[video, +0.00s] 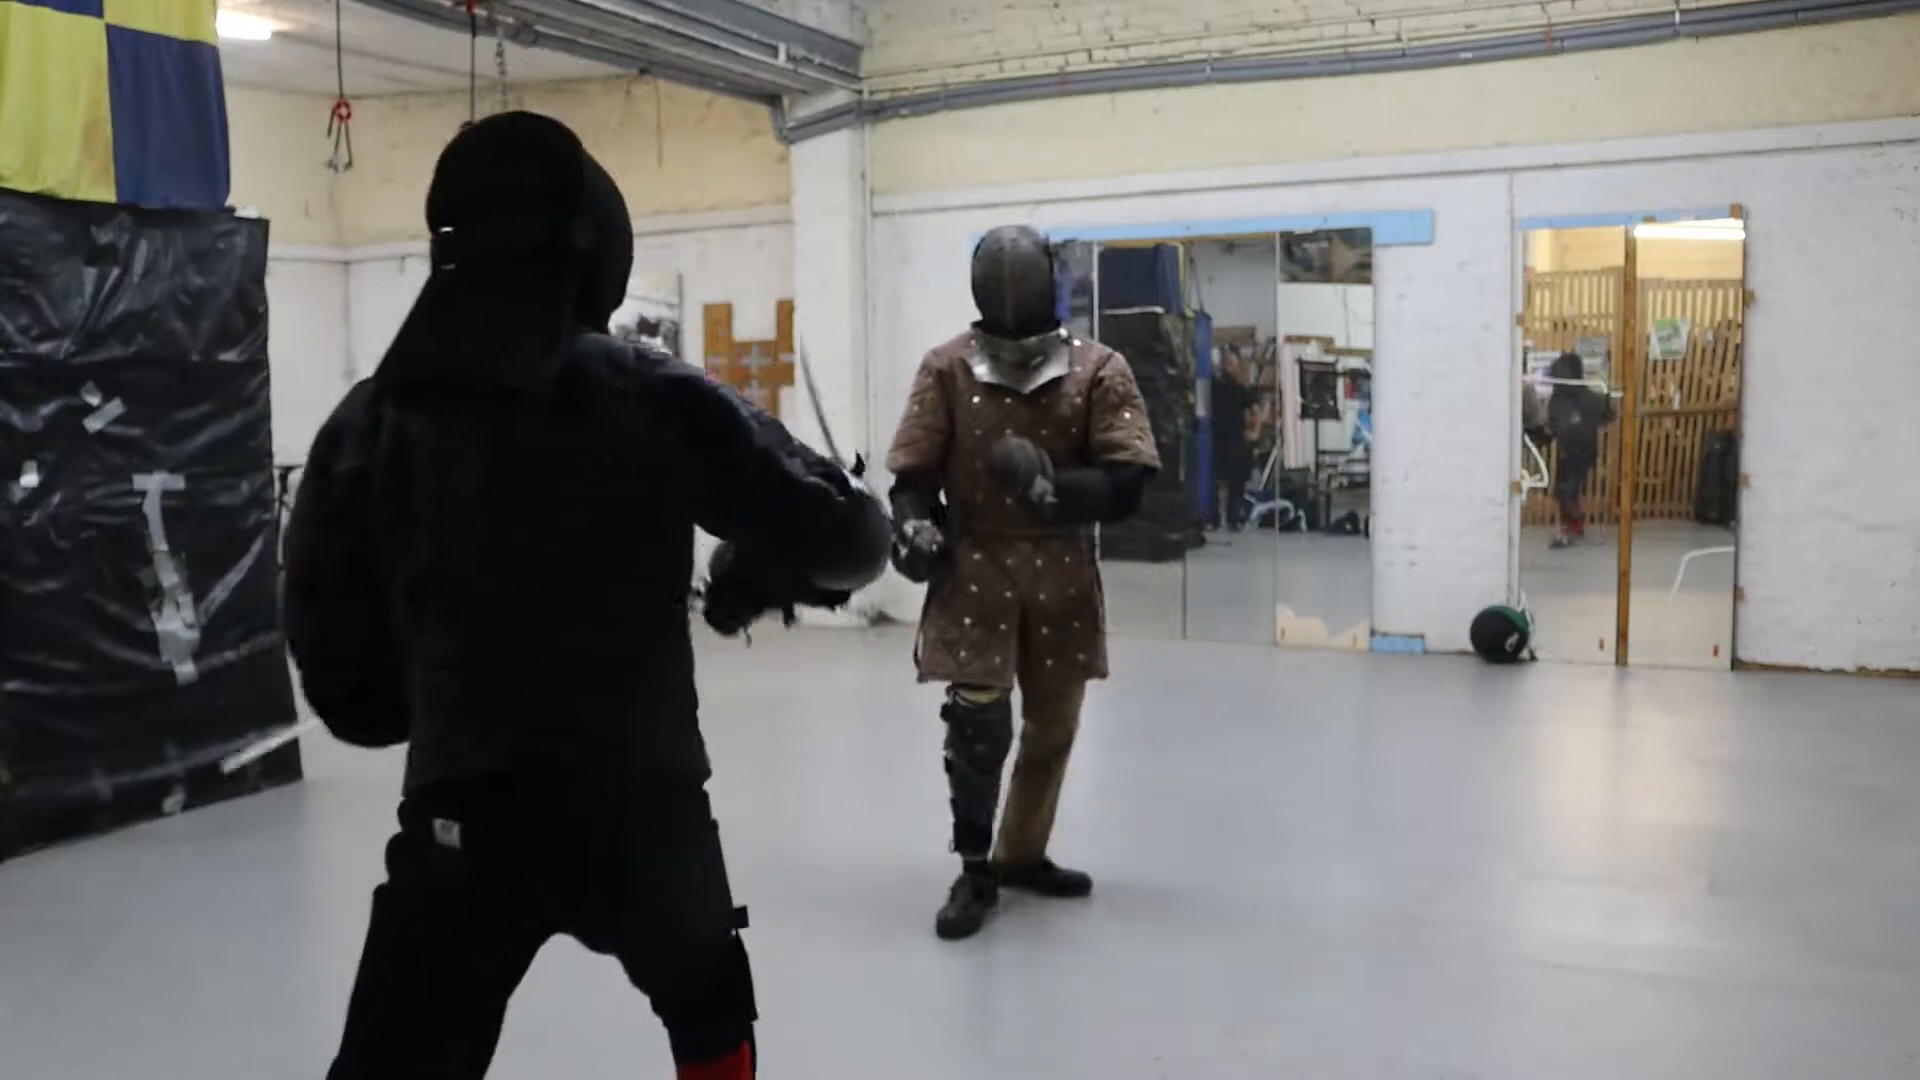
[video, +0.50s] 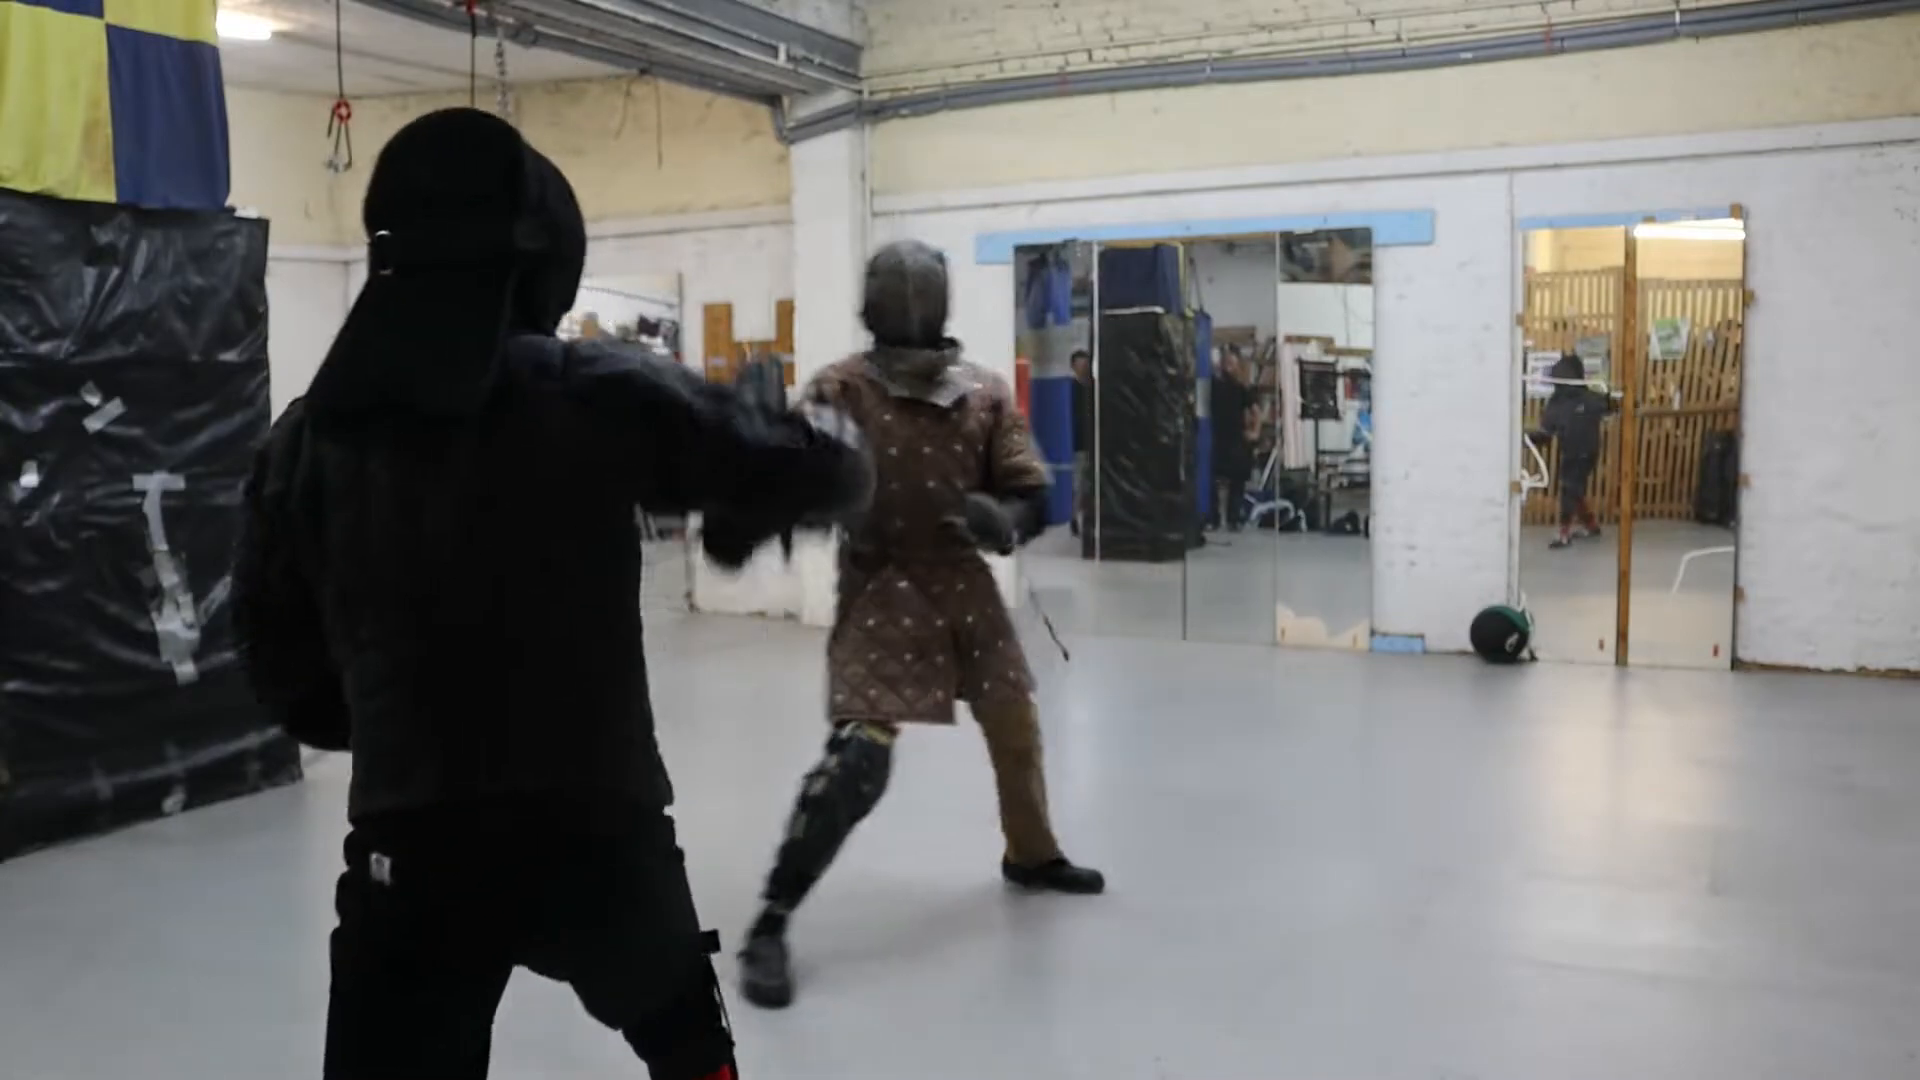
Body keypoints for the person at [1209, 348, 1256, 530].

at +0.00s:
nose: (1228, 365)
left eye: (1231, 360)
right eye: (1225, 360)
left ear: (1238, 363)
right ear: (1220, 362)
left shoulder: (1243, 389)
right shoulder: (1212, 386)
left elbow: (1255, 411)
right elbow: (1204, 409)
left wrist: (1254, 432)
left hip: (1238, 437)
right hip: (1215, 437)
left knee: (1236, 481)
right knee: (1212, 480)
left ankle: (1233, 519)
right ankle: (1212, 518)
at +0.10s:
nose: (1228, 365)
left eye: (1231, 360)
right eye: (1225, 360)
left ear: (1238, 363)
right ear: (1220, 362)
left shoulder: (1243, 389)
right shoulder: (1212, 386)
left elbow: (1256, 412)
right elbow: (1204, 409)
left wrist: (1254, 432)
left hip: (1237, 437)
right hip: (1215, 436)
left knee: (1236, 481)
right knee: (1212, 480)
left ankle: (1233, 519)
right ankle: (1212, 518)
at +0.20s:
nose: (1228, 365)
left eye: (1231, 360)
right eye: (1225, 360)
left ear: (1238, 363)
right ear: (1220, 362)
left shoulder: (1243, 389)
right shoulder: (1212, 386)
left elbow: (1256, 412)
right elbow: (1204, 409)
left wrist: (1254, 432)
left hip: (1237, 437)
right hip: (1215, 436)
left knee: (1236, 481)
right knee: (1213, 480)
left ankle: (1233, 519)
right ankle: (1212, 518)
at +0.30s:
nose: (1228, 365)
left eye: (1231, 361)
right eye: (1225, 360)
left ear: (1238, 363)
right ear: (1220, 362)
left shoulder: (1243, 389)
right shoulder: (1212, 386)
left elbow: (1255, 411)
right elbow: (1204, 409)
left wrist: (1254, 432)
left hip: (1237, 438)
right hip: (1215, 437)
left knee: (1236, 481)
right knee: (1212, 480)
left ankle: (1233, 519)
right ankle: (1212, 518)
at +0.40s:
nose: (1228, 366)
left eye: (1232, 362)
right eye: (1226, 362)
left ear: (1238, 364)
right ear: (1221, 363)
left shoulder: (1242, 389)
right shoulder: (1213, 386)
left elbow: (1255, 411)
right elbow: (1203, 408)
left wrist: (1255, 431)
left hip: (1237, 437)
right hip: (1215, 437)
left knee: (1236, 480)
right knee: (1212, 479)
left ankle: (1233, 519)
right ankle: (1212, 517)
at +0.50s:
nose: (1228, 366)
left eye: (1232, 362)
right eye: (1225, 361)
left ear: (1238, 364)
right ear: (1220, 363)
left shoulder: (1242, 389)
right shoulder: (1212, 386)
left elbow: (1255, 411)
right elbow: (1203, 408)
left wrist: (1255, 432)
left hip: (1237, 437)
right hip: (1214, 437)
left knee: (1237, 480)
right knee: (1212, 479)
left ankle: (1233, 519)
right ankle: (1212, 517)